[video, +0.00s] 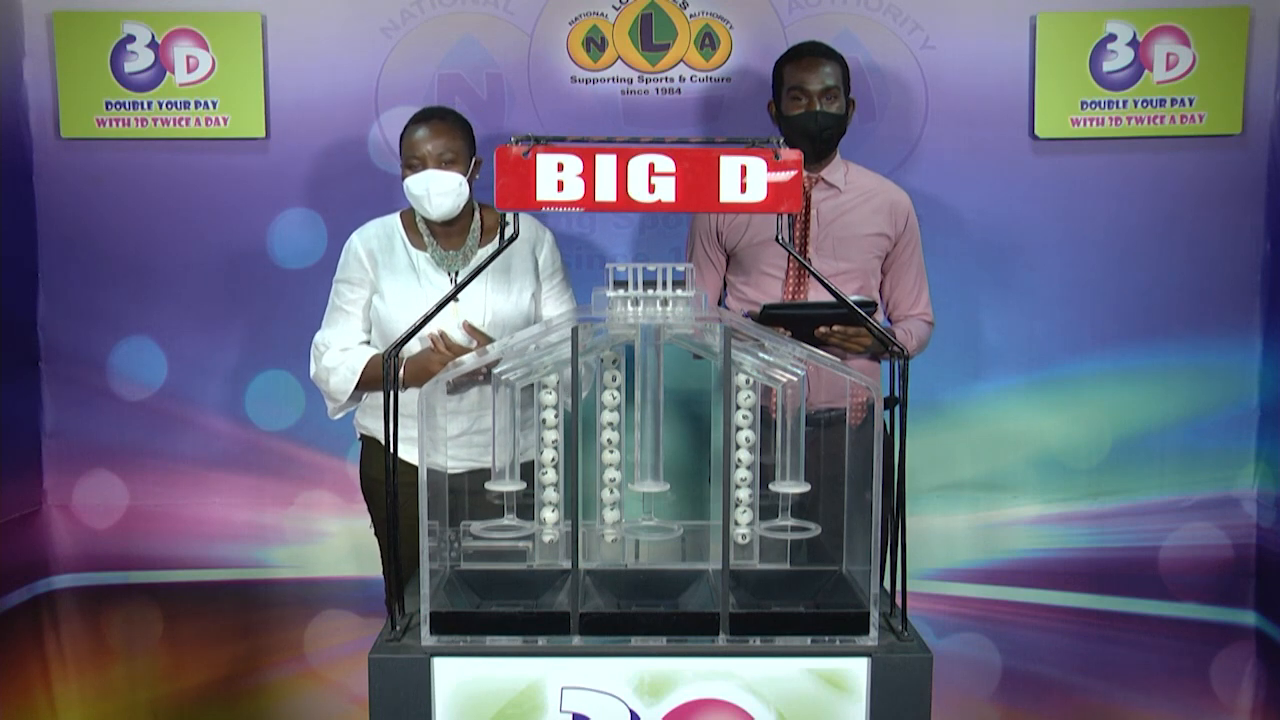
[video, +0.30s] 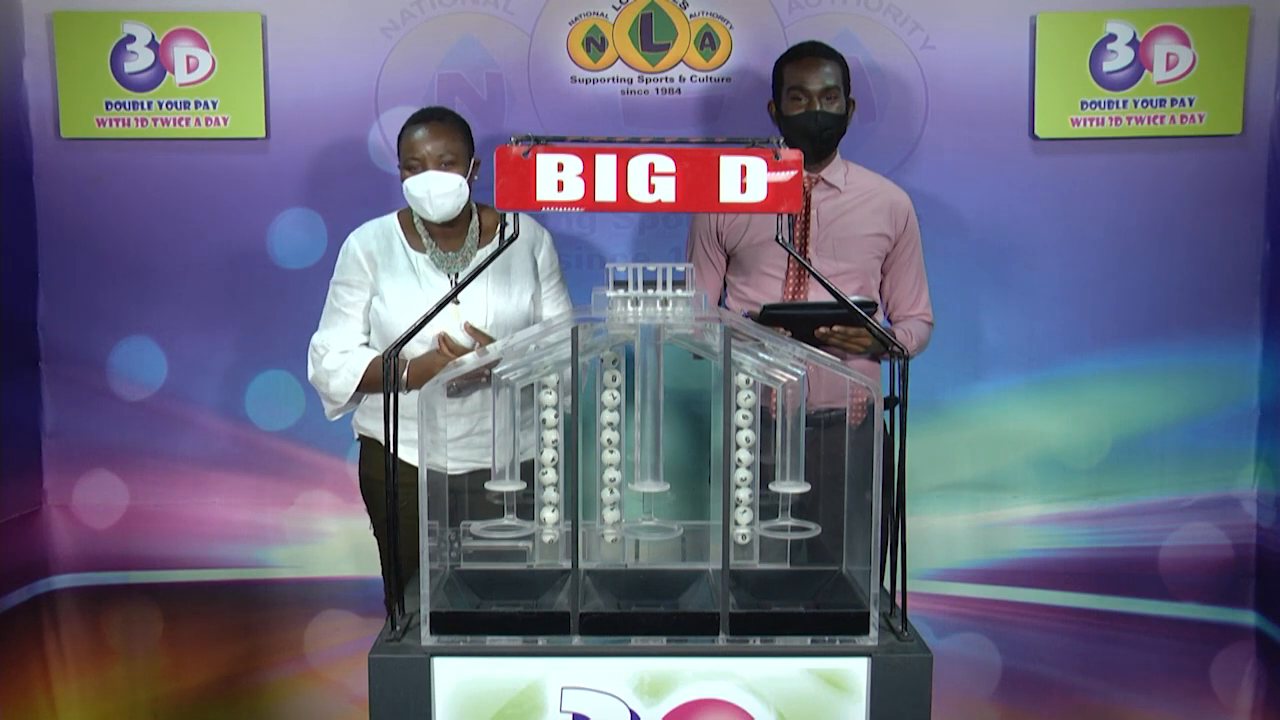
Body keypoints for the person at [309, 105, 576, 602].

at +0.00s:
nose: (434, 179)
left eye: (448, 162)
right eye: (419, 166)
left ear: (473, 165)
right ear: (403, 172)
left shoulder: (529, 241)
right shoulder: (370, 247)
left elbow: (568, 350)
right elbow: (331, 362)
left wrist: (502, 359)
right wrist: (407, 370)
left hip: (505, 462)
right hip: (403, 465)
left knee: (504, 617)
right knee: (415, 616)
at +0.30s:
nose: (434, 181)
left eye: (449, 164)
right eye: (418, 167)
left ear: (472, 166)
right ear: (402, 173)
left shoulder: (527, 240)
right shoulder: (367, 248)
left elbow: (562, 345)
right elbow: (330, 365)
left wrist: (502, 359)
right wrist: (414, 371)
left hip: (508, 463)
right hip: (404, 466)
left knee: (507, 621)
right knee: (416, 620)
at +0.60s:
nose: (437, 180)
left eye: (451, 164)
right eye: (421, 167)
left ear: (473, 166)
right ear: (403, 172)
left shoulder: (528, 240)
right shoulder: (368, 247)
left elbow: (562, 346)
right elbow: (330, 364)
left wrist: (505, 357)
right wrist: (416, 370)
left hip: (507, 461)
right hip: (403, 465)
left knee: (506, 619)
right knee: (416, 618)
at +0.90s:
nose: (439, 179)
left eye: (453, 163)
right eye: (424, 166)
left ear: (477, 166)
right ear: (407, 171)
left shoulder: (531, 242)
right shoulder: (373, 246)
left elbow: (565, 352)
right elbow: (332, 363)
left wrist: (502, 356)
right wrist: (422, 364)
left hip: (506, 461)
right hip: (403, 463)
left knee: (505, 621)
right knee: (416, 619)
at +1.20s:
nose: (441, 176)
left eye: (456, 160)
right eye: (427, 163)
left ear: (482, 166)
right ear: (413, 171)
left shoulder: (536, 242)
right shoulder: (378, 245)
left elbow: (569, 351)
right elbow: (337, 358)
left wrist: (499, 359)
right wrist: (424, 361)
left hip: (507, 462)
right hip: (404, 463)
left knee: (501, 618)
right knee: (415, 615)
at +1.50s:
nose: (445, 177)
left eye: (459, 161)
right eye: (431, 164)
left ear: (487, 166)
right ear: (418, 172)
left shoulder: (540, 243)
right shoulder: (383, 245)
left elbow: (571, 354)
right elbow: (341, 356)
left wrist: (498, 357)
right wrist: (420, 361)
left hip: (509, 461)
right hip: (407, 462)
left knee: (503, 616)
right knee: (416, 615)